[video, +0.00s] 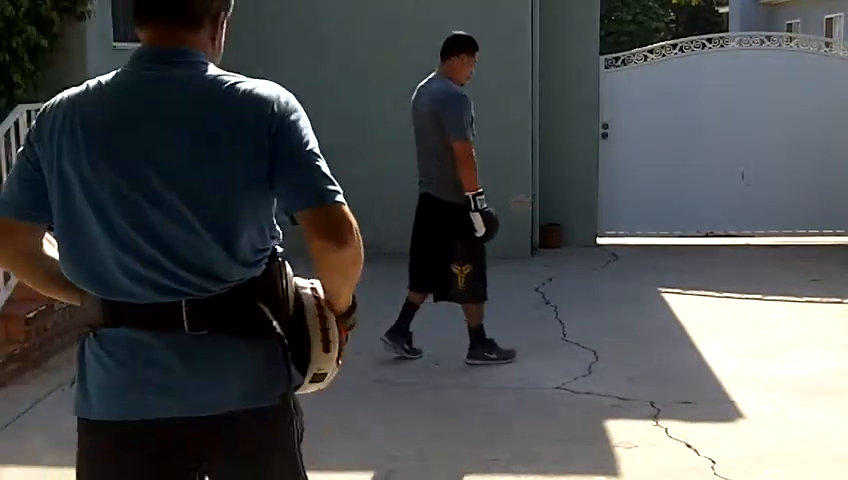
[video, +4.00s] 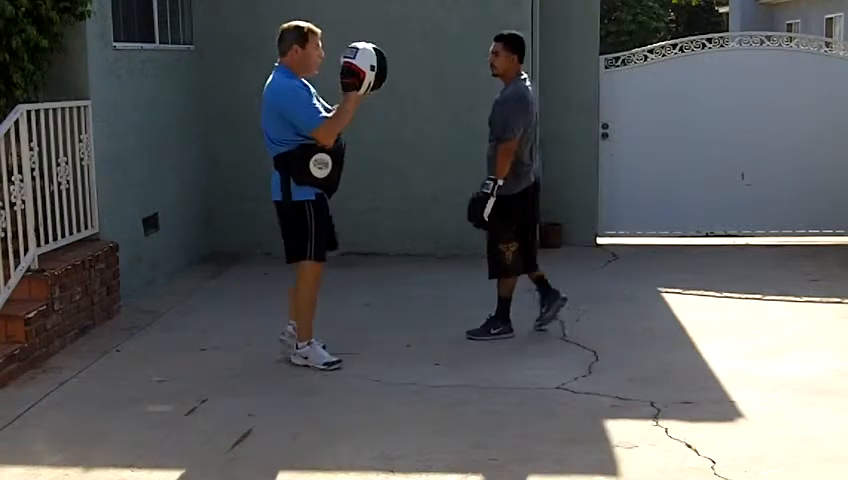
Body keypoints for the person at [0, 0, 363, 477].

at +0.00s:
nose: (227, 32)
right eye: (227, 19)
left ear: (136, 20)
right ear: (220, 20)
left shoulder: (62, 116)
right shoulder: (268, 108)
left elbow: (14, 245)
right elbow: (337, 237)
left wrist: (96, 297)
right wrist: (337, 306)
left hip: (119, 400)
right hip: (244, 395)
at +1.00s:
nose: (281, 47)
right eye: (281, 41)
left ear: (224, 42)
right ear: (277, 42)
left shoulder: (183, 102)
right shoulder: (310, 99)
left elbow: (151, 184)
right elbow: (355, 181)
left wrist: (203, 168)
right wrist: (307, 151)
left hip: (219, 280)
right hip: (296, 274)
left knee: (237, 397)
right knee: (304, 367)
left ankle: (248, 477)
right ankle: (297, 474)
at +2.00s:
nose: (279, 62)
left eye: (276, 56)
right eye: (279, 56)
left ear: (236, 56)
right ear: (273, 56)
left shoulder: (205, 104)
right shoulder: (296, 100)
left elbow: (185, 163)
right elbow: (333, 159)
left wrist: (220, 146)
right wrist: (294, 137)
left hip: (227, 231)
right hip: (282, 230)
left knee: (236, 315)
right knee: (288, 321)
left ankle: (244, 404)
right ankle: (282, 417)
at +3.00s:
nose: (317, 62)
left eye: (317, 55)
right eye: (316, 54)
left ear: (280, 50)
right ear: (303, 52)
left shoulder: (248, 88)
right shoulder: (312, 91)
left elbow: (259, 136)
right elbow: (348, 146)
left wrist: (316, 116)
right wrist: (347, 118)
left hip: (258, 195)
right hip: (299, 197)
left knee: (264, 270)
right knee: (294, 279)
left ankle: (264, 347)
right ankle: (285, 365)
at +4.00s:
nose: (323, 54)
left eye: (321, 47)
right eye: (318, 47)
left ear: (294, 52)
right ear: (296, 51)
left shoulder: (292, 83)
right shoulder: (287, 89)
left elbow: (330, 123)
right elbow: (326, 136)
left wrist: (353, 96)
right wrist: (351, 97)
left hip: (302, 189)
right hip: (297, 192)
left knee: (309, 262)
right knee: (312, 265)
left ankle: (295, 330)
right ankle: (305, 345)